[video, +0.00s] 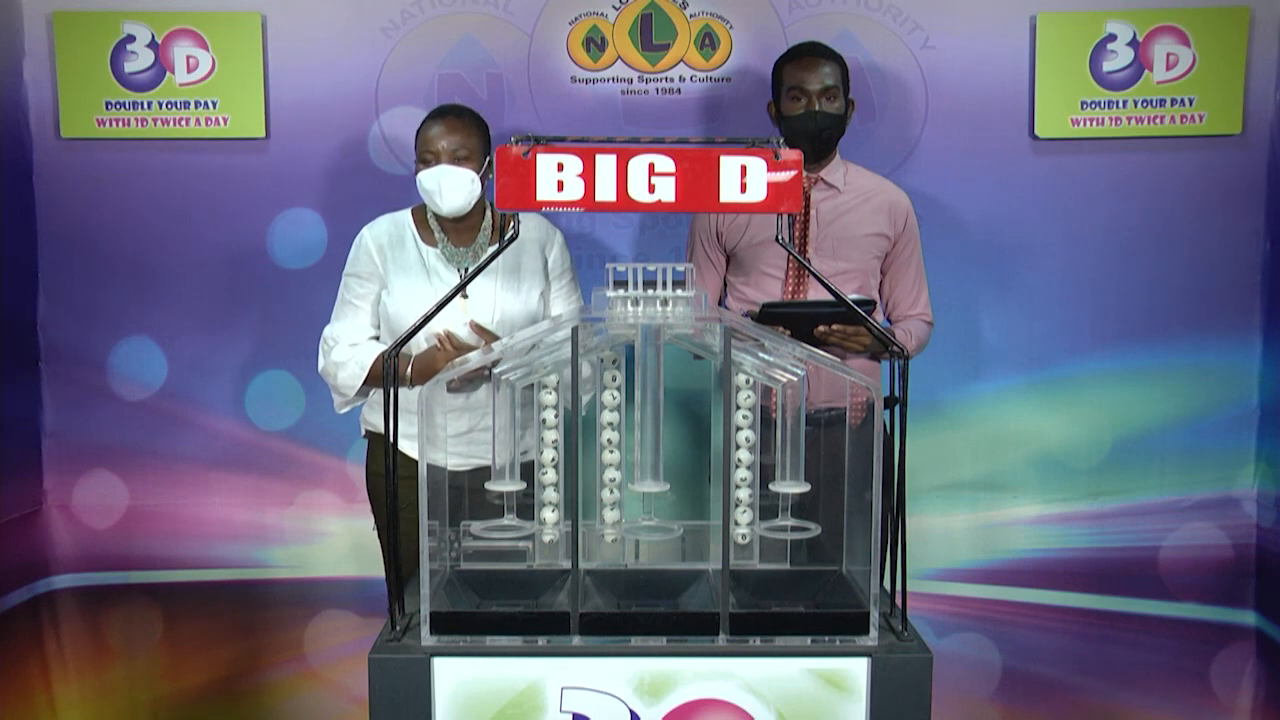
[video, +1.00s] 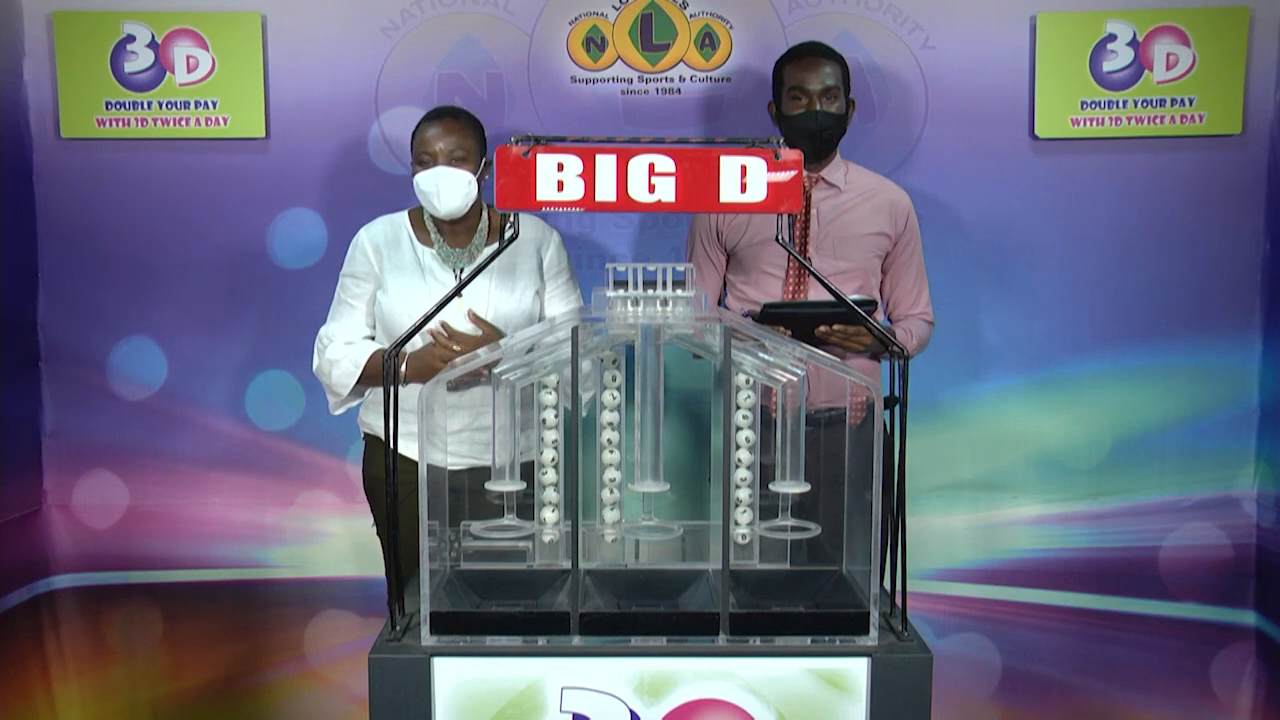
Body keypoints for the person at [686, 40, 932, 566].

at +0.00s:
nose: (814, 108)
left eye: (829, 95)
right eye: (796, 96)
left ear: (848, 108)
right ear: (775, 109)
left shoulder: (888, 204)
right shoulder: (727, 200)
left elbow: (915, 320)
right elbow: (696, 316)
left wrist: (877, 341)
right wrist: (756, 335)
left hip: (843, 416)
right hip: (751, 416)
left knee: (843, 579)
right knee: (752, 578)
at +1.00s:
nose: (815, 108)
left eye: (829, 95)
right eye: (797, 96)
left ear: (848, 108)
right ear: (775, 109)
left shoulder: (888, 204)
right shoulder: (727, 200)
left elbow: (916, 319)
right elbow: (695, 317)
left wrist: (876, 339)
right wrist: (757, 334)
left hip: (843, 417)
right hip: (751, 418)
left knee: (843, 579)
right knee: (752, 577)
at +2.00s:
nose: (814, 109)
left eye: (830, 95)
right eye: (797, 96)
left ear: (849, 108)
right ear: (775, 109)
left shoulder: (888, 205)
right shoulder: (727, 201)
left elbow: (915, 321)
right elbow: (695, 319)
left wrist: (876, 341)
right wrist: (759, 335)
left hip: (842, 416)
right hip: (750, 418)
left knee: (842, 579)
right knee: (751, 578)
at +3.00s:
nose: (814, 109)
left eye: (829, 95)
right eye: (796, 96)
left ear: (848, 107)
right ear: (774, 109)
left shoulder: (888, 205)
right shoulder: (727, 201)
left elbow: (915, 321)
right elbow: (695, 319)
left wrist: (876, 341)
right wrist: (757, 338)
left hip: (842, 417)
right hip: (751, 418)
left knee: (844, 581)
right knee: (752, 580)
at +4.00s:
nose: (814, 109)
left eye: (829, 95)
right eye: (797, 96)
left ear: (848, 107)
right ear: (775, 109)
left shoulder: (888, 205)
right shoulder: (727, 201)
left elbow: (915, 321)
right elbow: (695, 318)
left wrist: (876, 341)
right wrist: (758, 338)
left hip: (842, 417)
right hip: (751, 418)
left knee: (844, 581)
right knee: (752, 580)